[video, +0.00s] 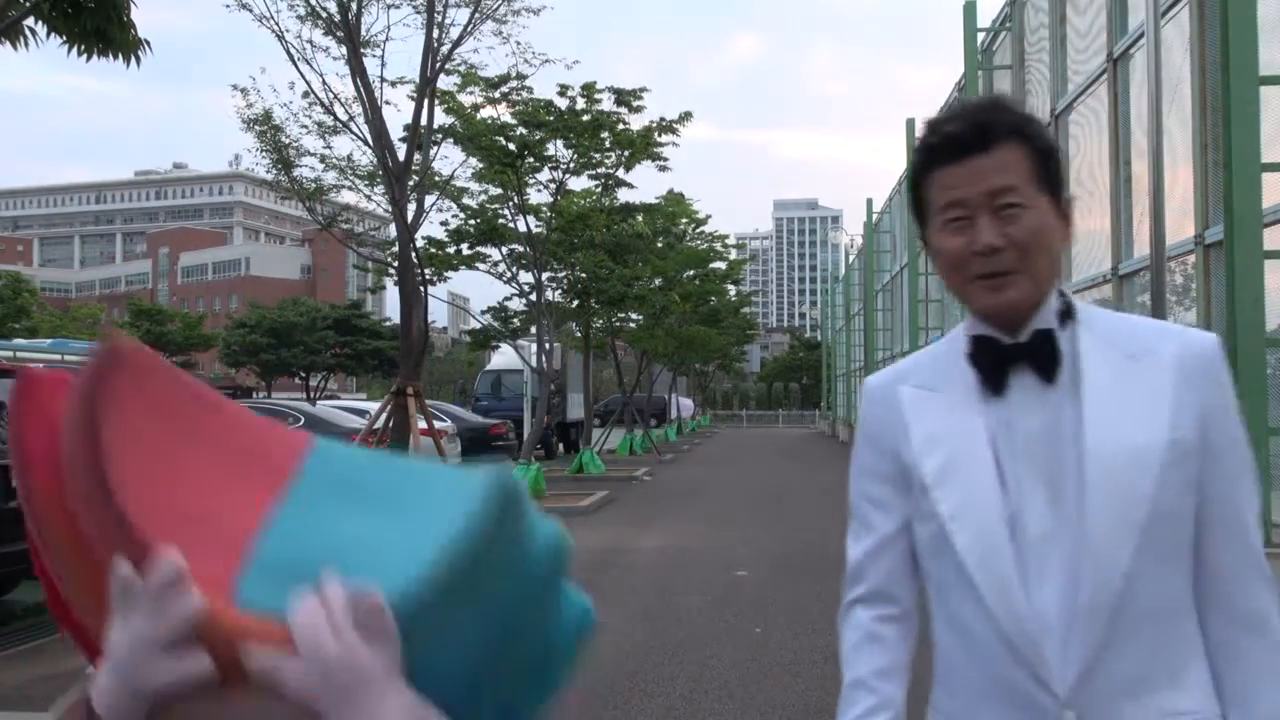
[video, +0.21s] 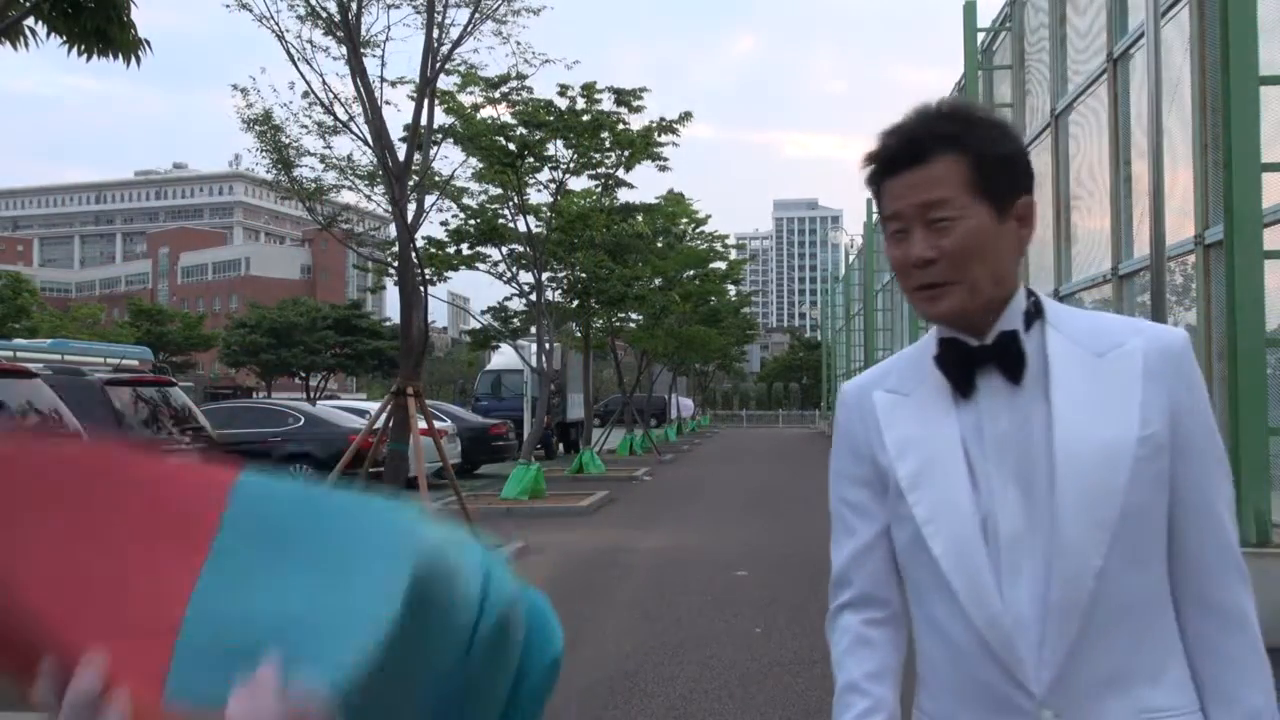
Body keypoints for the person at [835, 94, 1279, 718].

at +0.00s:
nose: (986, 240)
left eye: (1008, 210)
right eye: (957, 220)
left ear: (1062, 220)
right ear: (931, 248)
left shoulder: (1185, 367)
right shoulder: (895, 401)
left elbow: (1239, 596)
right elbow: (877, 611)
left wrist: (1254, 708)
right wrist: (869, 710)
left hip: (1162, 703)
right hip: (980, 706)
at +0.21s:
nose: (915, 255)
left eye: (941, 222)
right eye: (896, 231)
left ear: (1021, 221)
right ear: (882, 243)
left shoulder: (1153, 361)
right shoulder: (870, 405)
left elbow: (1213, 594)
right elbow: (863, 615)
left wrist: (1246, 709)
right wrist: (866, 711)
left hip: (1142, 704)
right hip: (962, 707)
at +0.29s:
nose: (884, 263)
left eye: (907, 232)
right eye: (874, 240)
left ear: (1000, 226)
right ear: (864, 246)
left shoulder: (1147, 362)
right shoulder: (866, 406)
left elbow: (1207, 596)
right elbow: (860, 616)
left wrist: (1236, 712)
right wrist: (859, 712)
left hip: (1133, 705)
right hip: (956, 708)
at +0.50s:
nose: (872, 274)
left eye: (888, 243)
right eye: (864, 250)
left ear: (983, 225)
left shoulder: (1143, 366)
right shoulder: (874, 401)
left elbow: (1209, 613)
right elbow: (862, 607)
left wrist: (1232, 712)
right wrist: (843, 710)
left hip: (1119, 705)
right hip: (946, 706)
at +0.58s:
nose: (879, 271)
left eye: (891, 240)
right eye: (871, 248)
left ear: (987, 221)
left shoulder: (1143, 368)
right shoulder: (889, 396)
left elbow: (1211, 630)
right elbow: (874, 602)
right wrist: (842, 711)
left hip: (1105, 708)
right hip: (939, 708)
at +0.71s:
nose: (891, 260)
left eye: (904, 228)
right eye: (883, 236)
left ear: (1001, 214)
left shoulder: (1147, 370)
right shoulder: (905, 389)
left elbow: (1205, 646)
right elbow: (884, 599)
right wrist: (848, 710)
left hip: (1089, 707)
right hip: (921, 707)